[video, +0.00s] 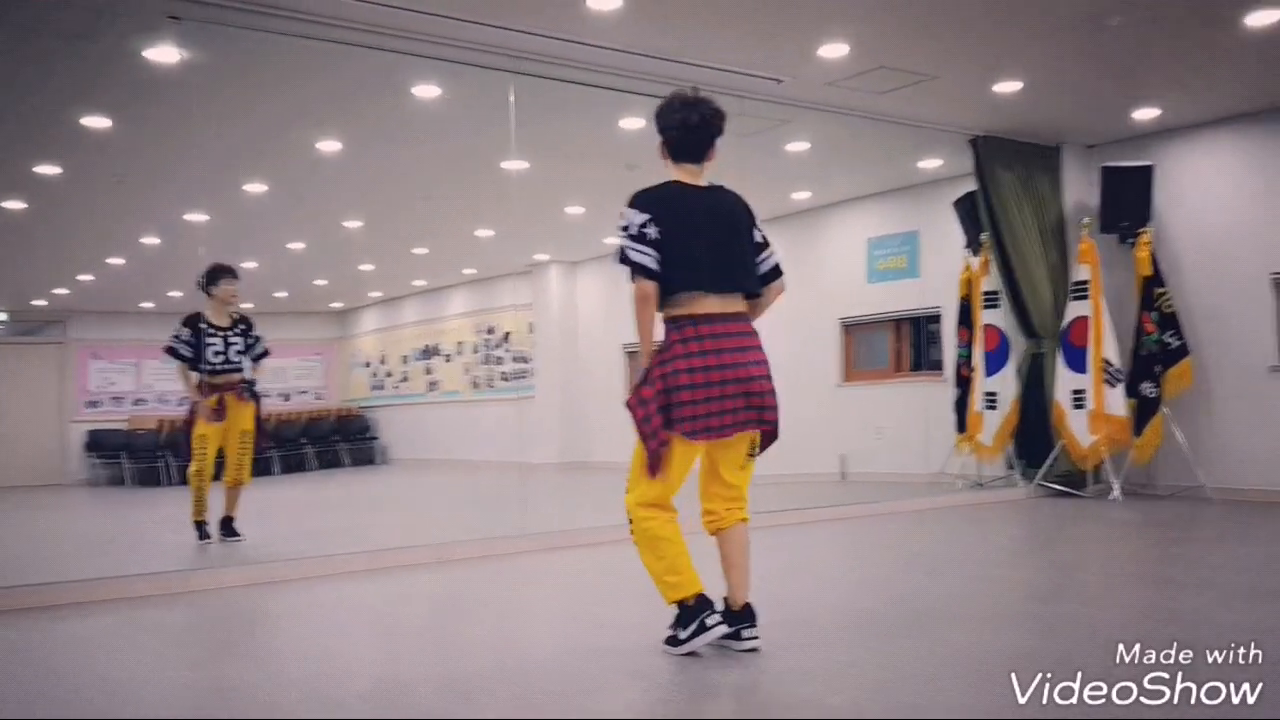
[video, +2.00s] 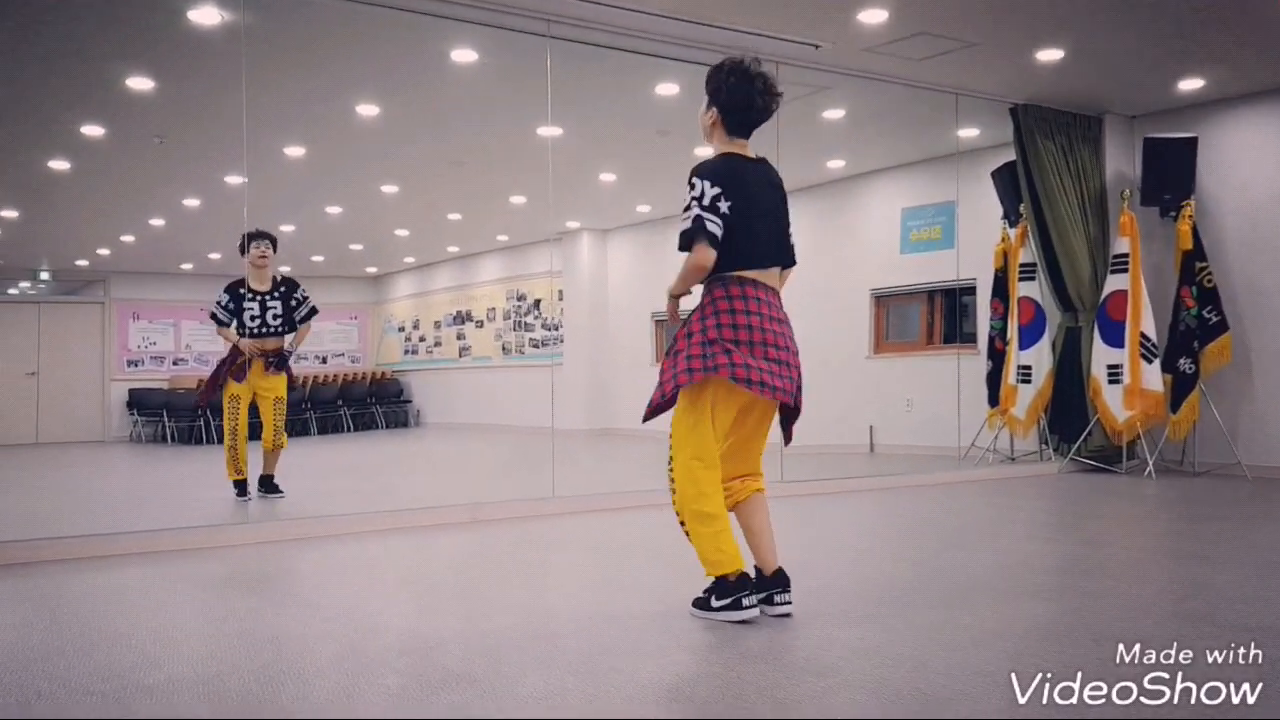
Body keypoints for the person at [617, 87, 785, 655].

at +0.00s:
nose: (710, 149)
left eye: (673, 139)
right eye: (714, 142)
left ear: (663, 145)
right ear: (715, 147)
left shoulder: (648, 205)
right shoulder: (735, 206)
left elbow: (645, 293)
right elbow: (773, 284)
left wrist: (646, 360)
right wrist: (733, 325)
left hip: (686, 354)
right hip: (743, 352)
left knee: (647, 498)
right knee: (728, 495)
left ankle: (690, 604)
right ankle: (741, 613)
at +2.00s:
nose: (701, 115)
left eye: (704, 106)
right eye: (706, 106)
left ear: (712, 114)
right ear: (754, 119)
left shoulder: (711, 172)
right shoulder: (770, 177)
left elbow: (703, 258)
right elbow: (787, 262)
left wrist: (675, 291)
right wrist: (757, 310)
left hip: (723, 322)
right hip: (771, 327)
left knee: (691, 460)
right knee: (741, 466)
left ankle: (729, 578)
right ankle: (771, 577)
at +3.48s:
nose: (681, 118)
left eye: (682, 110)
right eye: (685, 110)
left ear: (689, 117)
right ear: (739, 122)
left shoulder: (669, 176)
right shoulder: (761, 179)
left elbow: (661, 257)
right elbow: (800, 257)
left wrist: (671, 332)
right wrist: (757, 299)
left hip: (713, 327)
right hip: (775, 323)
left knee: (690, 477)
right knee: (769, 474)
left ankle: (716, 578)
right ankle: (771, 589)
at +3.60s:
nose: (680, 120)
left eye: (681, 113)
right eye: (683, 113)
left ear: (688, 119)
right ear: (738, 124)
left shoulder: (660, 177)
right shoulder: (759, 184)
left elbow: (642, 246)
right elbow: (798, 261)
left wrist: (658, 322)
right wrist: (760, 303)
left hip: (708, 334)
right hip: (772, 328)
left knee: (701, 482)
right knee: (772, 479)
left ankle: (718, 588)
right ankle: (771, 591)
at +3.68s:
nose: (682, 126)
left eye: (683, 119)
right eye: (687, 119)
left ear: (689, 124)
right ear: (738, 129)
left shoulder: (657, 182)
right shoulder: (758, 189)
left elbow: (632, 258)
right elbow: (790, 273)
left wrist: (649, 332)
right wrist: (763, 327)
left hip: (697, 340)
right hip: (761, 333)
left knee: (706, 485)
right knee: (771, 471)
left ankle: (722, 596)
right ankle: (770, 588)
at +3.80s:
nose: (686, 128)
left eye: (685, 120)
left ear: (686, 126)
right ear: (740, 130)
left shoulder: (659, 185)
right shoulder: (762, 191)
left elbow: (637, 271)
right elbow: (782, 279)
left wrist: (639, 345)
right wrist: (760, 337)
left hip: (685, 344)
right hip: (753, 340)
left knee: (697, 483)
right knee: (770, 462)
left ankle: (721, 595)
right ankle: (764, 581)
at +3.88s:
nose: (741, 130)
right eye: (741, 122)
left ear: (686, 126)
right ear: (740, 127)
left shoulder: (663, 185)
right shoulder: (764, 189)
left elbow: (644, 275)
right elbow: (779, 278)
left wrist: (635, 345)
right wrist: (752, 332)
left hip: (680, 337)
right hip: (749, 336)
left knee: (690, 480)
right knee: (765, 462)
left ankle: (720, 597)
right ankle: (762, 579)